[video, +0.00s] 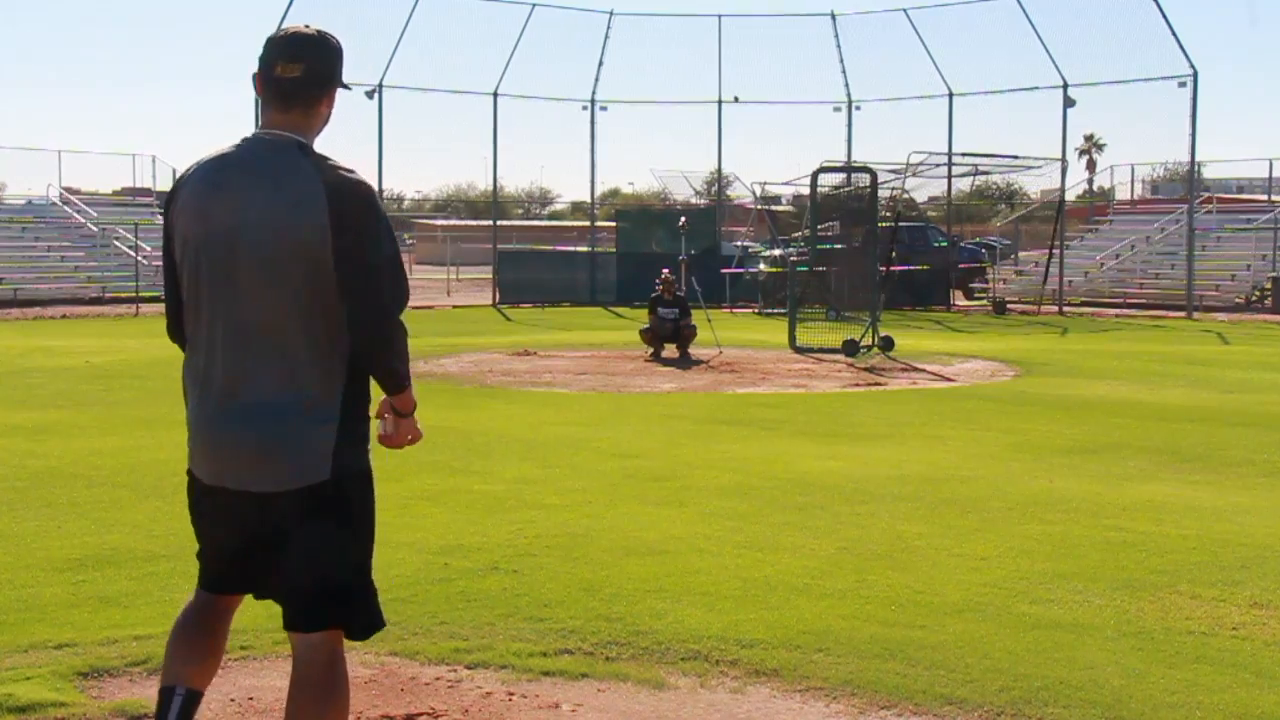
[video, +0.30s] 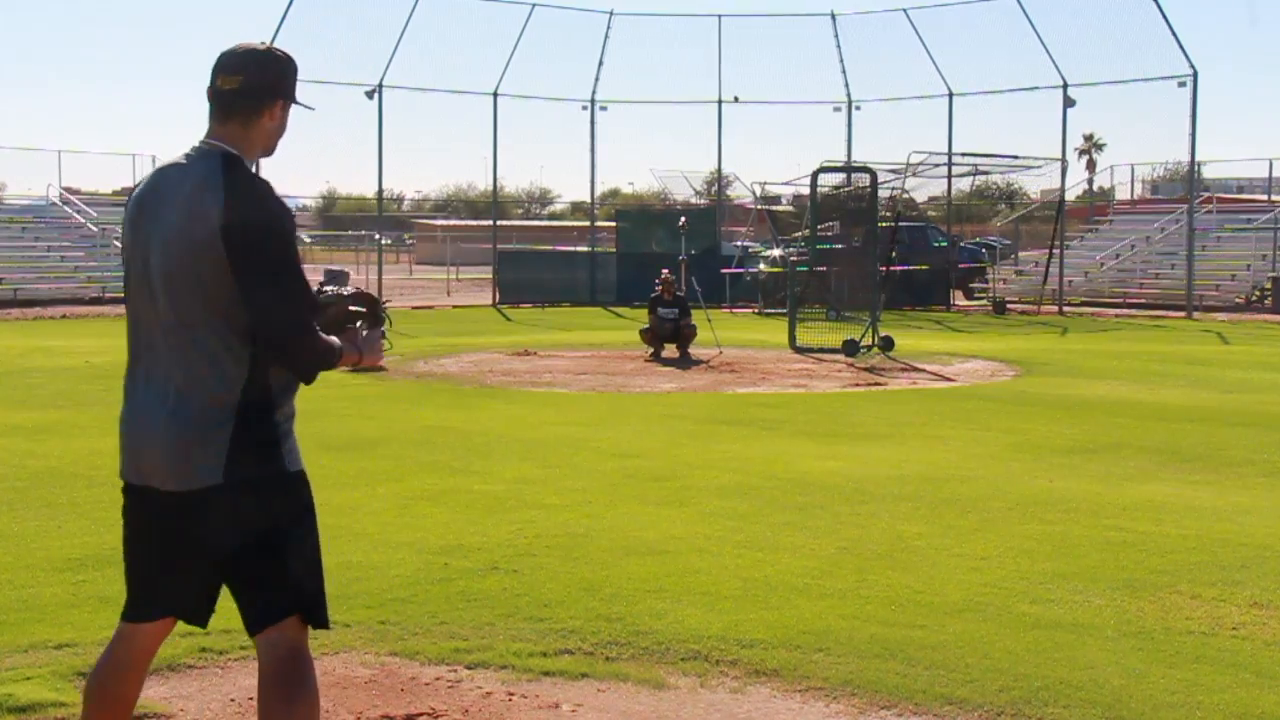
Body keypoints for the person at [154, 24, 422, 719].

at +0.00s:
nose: (331, 106)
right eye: (334, 95)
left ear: (257, 89)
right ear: (331, 99)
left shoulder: (191, 188)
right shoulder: (345, 193)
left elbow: (183, 323)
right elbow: (378, 320)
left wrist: (242, 369)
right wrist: (400, 397)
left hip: (216, 448)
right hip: (317, 452)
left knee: (215, 591)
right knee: (320, 634)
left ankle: (168, 714)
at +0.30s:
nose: (286, 124)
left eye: (287, 112)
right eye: (287, 111)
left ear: (213, 103)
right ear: (275, 112)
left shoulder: (148, 192)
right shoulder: (250, 200)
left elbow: (183, 317)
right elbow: (291, 343)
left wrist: (298, 306)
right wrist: (343, 352)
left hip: (151, 456)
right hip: (244, 458)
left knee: (141, 625)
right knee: (281, 639)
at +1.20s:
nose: (246, 166)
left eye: (252, 156)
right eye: (245, 149)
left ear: (209, 126)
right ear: (207, 119)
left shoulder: (196, 203)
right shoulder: (144, 191)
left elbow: (239, 314)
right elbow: (195, 303)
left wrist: (287, 298)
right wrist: (307, 268)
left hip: (137, 446)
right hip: (159, 450)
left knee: (132, 608)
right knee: (243, 612)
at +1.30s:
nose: (260, 155)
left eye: (266, 144)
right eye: (259, 138)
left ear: (225, 120)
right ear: (217, 112)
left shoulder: (231, 203)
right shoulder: (146, 189)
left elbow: (277, 315)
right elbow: (190, 295)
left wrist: (320, 267)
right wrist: (287, 265)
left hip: (204, 446)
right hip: (159, 448)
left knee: (183, 614)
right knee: (236, 615)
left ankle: (120, 717)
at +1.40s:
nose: (268, 148)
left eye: (274, 136)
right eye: (265, 131)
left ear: (236, 118)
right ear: (221, 107)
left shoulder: (250, 203)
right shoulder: (144, 186)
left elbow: (301, 313)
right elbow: (182, 286)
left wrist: (323, 256)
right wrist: (290, 243)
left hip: (232, 440)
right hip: (162, 447)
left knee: (279, 591)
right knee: (222, 622)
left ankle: (165, 711)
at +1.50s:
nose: (275, 147)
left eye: (280, 134)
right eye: (271, 129)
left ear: (241, 116)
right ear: (227, 106)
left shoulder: (259, 198)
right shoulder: (141, 182)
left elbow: (317, 310)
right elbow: (148, 271)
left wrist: (318, 247)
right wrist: (268, 228)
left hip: (254, 433)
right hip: (171, 444)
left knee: (322, 575)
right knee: (220, 620)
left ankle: (244, 712)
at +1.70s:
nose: (284, 150)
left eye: (294, 139)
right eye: (279, 133)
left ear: (294, 140)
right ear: (239, 111)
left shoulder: (281, 190)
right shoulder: (149, 174)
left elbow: (348, 301)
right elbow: (109, 241)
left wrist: (306, 215)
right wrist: (229, 190)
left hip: (270, 410)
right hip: (182, 439)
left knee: (344, 532)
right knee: (215, 618)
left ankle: (412, 701)